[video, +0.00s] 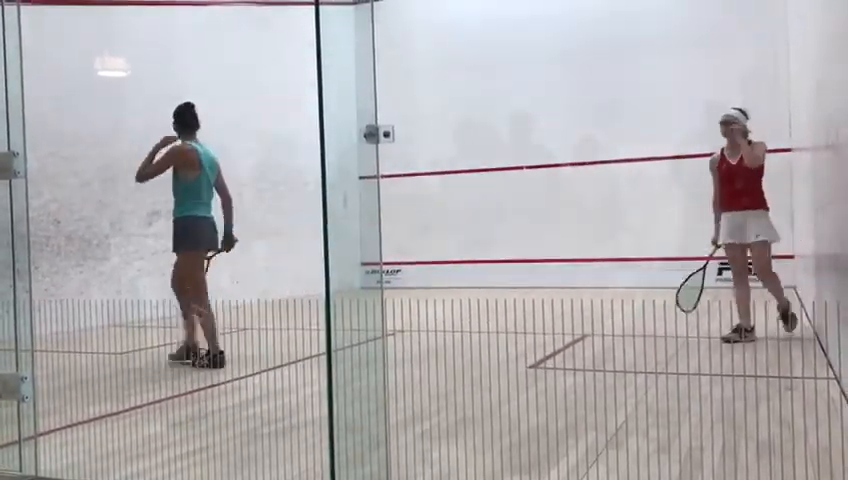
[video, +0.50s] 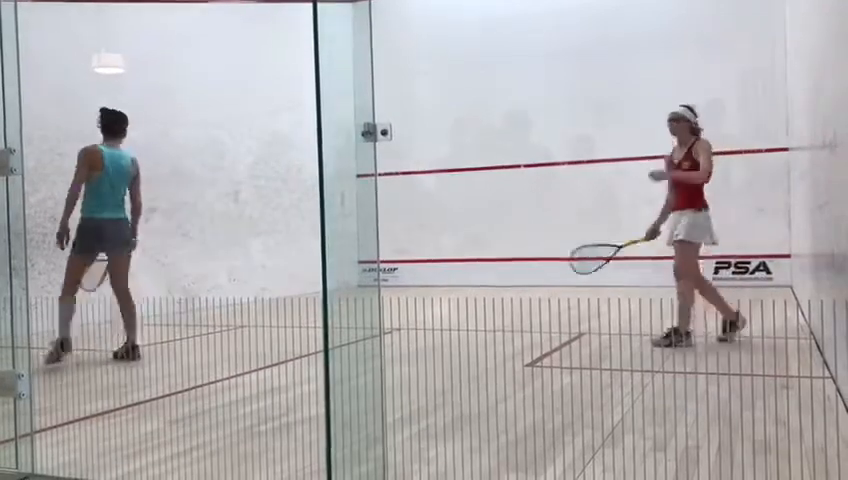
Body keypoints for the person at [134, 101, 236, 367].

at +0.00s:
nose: (175, 129)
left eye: (175, 125)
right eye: (178, 125)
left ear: (176, 126)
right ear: (197, 125)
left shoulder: (180, 151)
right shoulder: (208, 156)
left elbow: (142, 176)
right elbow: (226, 198)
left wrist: (158, 146)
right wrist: (229, 231)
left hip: (188, 228)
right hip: (207, 228)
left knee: (197, 292)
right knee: (179, 282)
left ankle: (214, 351)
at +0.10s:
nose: (159, 134)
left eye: (159, 130)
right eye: (166, 130)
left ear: (159, 132)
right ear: (181, 131)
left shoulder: (159, 159)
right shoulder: (191, 164)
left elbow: (127, 185)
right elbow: (207, 204)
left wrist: (137, 159)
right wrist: (215, 239)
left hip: (168, 232)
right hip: (187, 232)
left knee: (188, 296)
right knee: (164, 287)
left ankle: (213, 350)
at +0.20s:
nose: (144, 138)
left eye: (144, 134)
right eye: (149, 133)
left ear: (144, 135)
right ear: (166, 136)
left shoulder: (142, 162)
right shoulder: (173, 166)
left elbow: (116, 194)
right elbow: (185, 209)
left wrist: (125, 180)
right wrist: (194, 244)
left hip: (147, 236)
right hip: (166, 235)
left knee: (159, 299)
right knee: (140, 288)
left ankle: (199, 340)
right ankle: (134, 346)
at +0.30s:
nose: (131, 136)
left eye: (130, 133)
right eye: (141, 133)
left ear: (130, 134)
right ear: (152, 135)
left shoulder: (125, 159)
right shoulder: (158, 166)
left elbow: (104, 192)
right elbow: (164, 209)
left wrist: (99, 209)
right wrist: (172, 243)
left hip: (129, 237)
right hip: (149, 236)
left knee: (119, 297)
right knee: (130, 293)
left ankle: (165, 327)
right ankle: (132, 345)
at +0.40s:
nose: (122, 133)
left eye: (118, 128)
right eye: (134, 130)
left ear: (116, 130)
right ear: (138, 132)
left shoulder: (107, 155)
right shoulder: (144, 163)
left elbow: (90, 189)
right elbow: (150, 206)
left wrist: (79, 220)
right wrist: (151, 239)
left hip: (109, 230)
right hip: (135, 231)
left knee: (91, 289)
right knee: (127, 288)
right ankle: (132, 344)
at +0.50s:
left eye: (104, 128)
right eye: (123, 130)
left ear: (102, 129)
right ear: (124, 132)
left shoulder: (89, 154)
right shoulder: (131, 161)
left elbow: (75, 190)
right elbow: (136, 202)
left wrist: (64, 222)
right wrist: (134, 231)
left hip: (91, 229)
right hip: (120, 230)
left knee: (70, 287)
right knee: (121, 288)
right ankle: (132, 344)